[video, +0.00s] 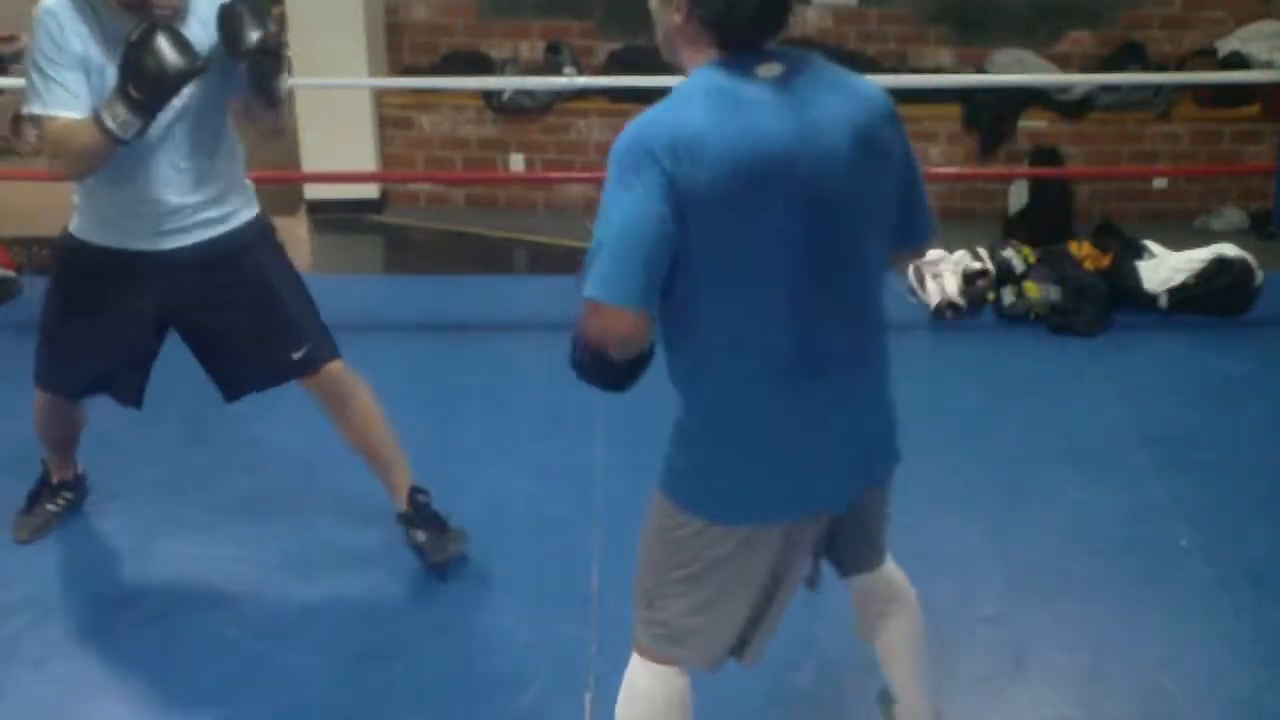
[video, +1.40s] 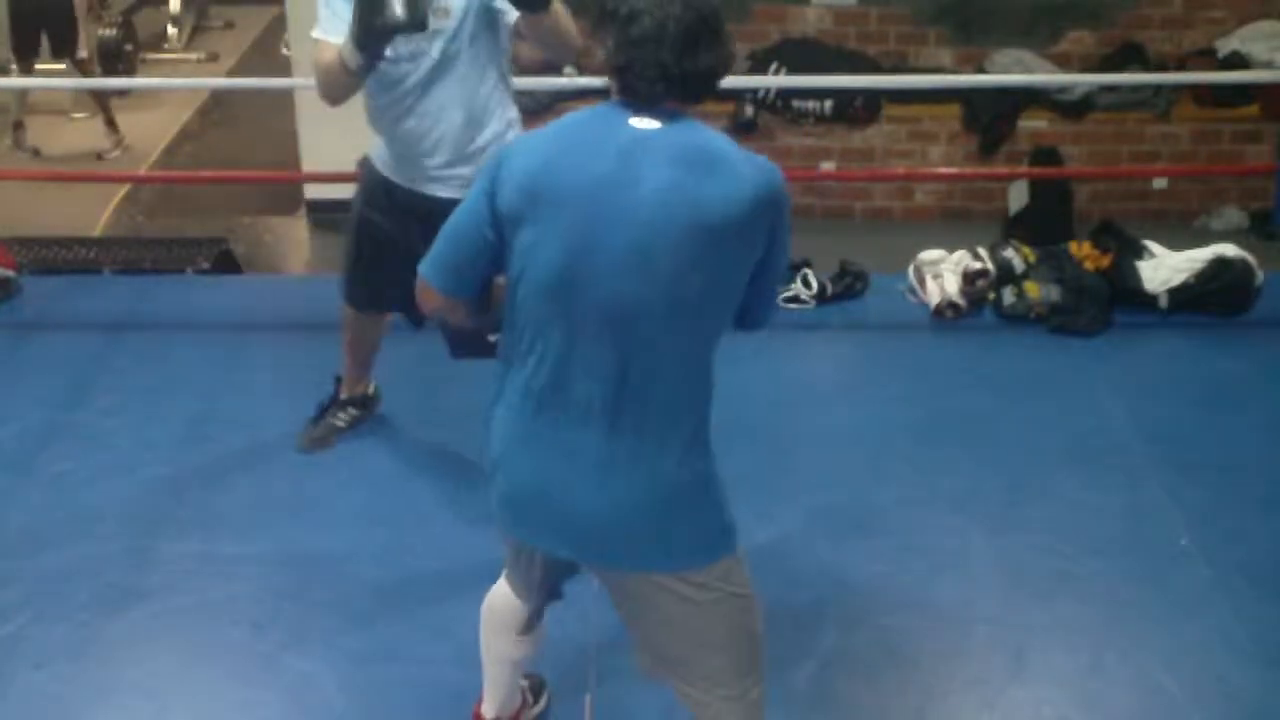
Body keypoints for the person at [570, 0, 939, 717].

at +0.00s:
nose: (658, 15)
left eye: (661, 4)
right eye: (661, 4)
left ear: (680, 16)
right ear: (776, 13)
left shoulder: (659, 139)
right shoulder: (863, 105)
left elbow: (615, 337)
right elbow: (909, 246)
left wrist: (602, 358)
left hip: (733, 457)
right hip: (857, 432)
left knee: (662, 656)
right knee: (873, 571)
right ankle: (916, 709)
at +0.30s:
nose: (696, 13)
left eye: (698, 2)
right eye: (696, 2)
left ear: (725, 9)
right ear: (821, 14)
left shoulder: (700, 121)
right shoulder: (889, 107)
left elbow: (667, 299)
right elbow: (920, 244)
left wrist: (634, 311)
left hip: (735, 422)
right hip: (859, 417)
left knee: (615, 555)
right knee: (868, 567)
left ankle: (596, 710)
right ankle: (903, 710)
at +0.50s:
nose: (646, 15)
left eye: (649, 5)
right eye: (649, 4)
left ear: (668, 16)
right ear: (760, 21)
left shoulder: (624, 139)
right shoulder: (841, 117)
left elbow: (577, 304)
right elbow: (923, 225)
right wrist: (823, 249)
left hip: (685, 446)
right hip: (815, 434)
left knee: (591, 603)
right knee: (855, 584)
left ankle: (538, 715)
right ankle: (903, 710)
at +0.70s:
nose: (579, 34)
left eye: (583, 25)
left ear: (594, 35)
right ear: (700, 35)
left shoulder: (542, 144)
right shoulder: (763, 123)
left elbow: (474, 304)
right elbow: (850, 254)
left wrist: (552, 295)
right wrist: (749, 250)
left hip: (611, 446)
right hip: (753, 437)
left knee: (562, 610)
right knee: (830, 603)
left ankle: (531, 713)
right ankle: (869, 713)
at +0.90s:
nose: (588, 28)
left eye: (592, 20)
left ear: (603, 31)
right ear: (709, 34)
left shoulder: (541, 147)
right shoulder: (770, 140)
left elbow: (451, 296)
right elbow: (776, 263)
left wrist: (536, 314)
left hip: (591, 474)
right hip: (735, 481)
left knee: (557, 627)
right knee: (773, 690)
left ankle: (526, 712)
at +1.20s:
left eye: (612, 46)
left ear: (619, 63)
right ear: (724, 70)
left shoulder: (535, 173)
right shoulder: (770, 186)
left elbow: (450, 322)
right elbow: (760, 310)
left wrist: (533, 334)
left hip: (561, 488)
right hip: (700, 511)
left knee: (534, 589)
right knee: (729, 707)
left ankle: (498, 706)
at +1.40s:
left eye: (603, 36)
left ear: (612, 58)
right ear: (713, 68)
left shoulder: (530, 156)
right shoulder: (752, 185)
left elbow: (438, 293)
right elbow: (749, 310)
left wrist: (500, 310)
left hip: (530, 473)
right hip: (658, 499)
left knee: (521, 589)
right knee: (730, 702)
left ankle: (499, 706)